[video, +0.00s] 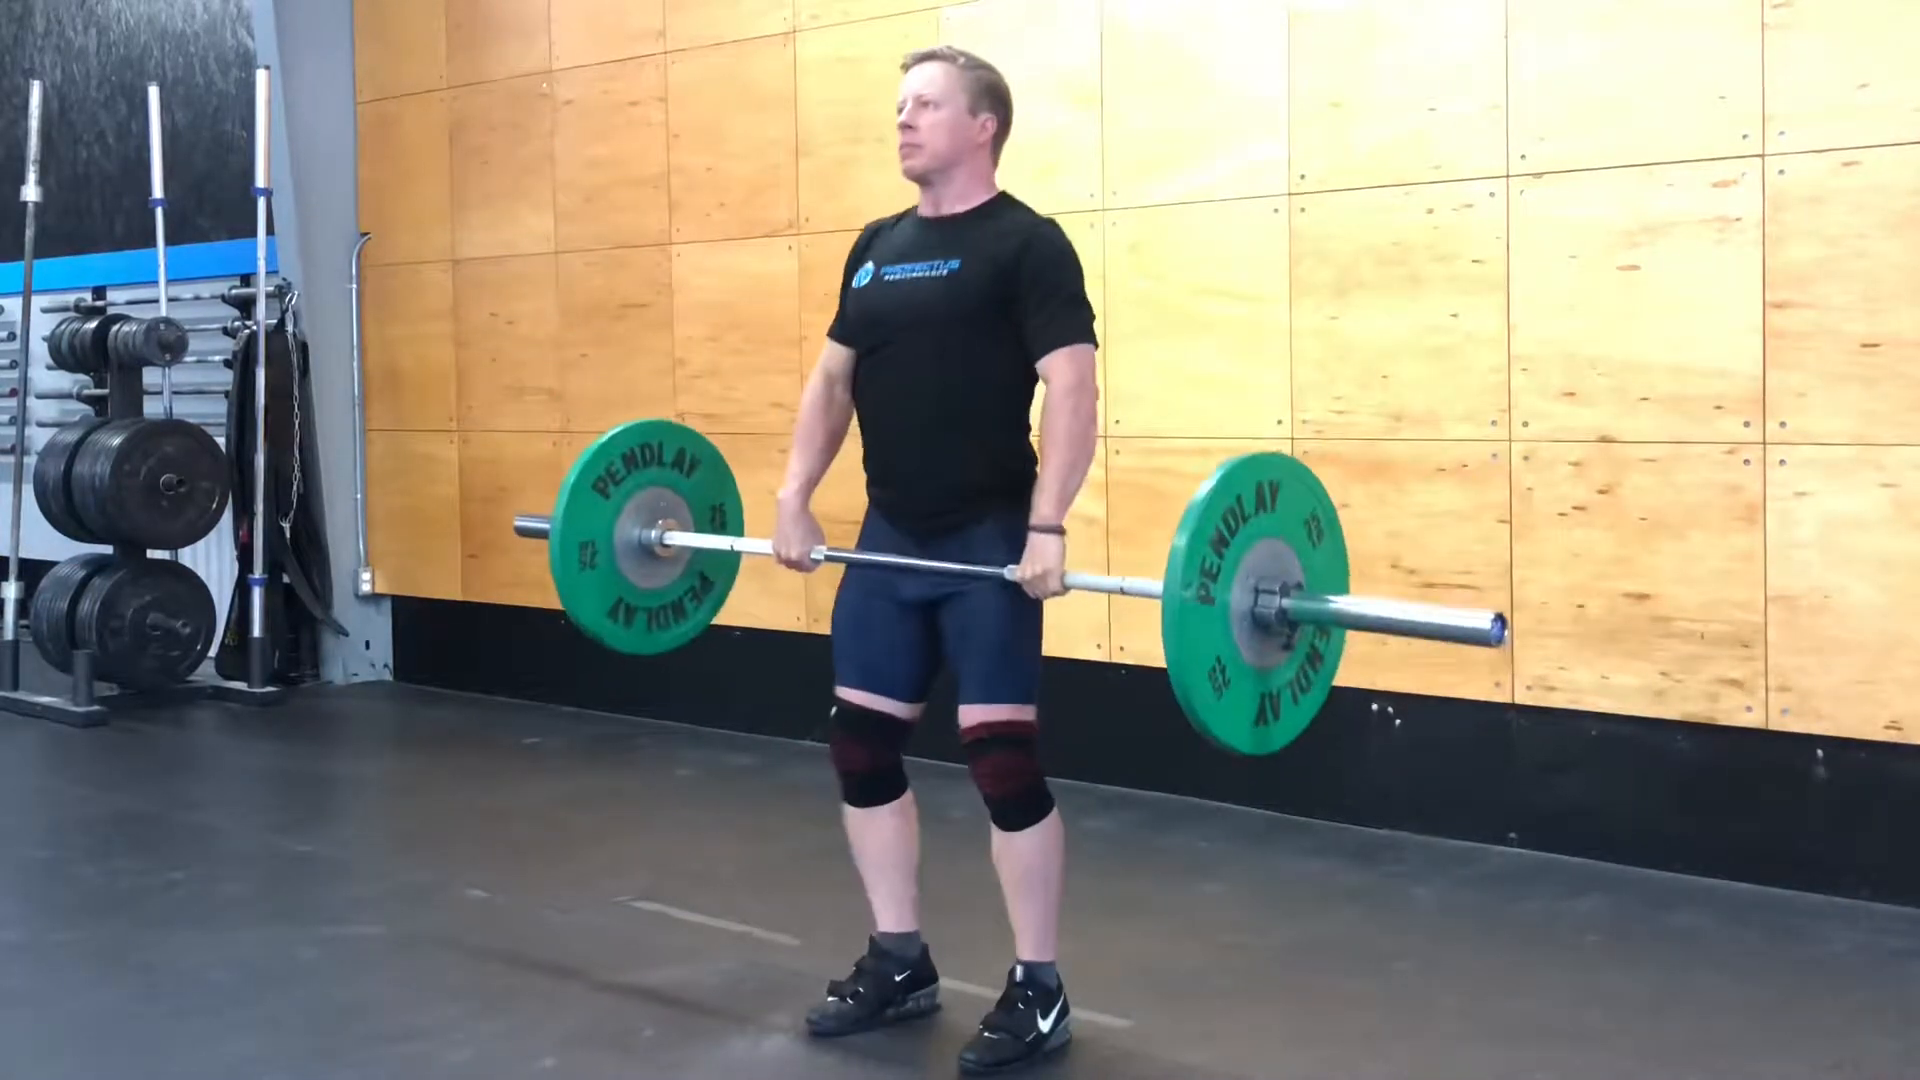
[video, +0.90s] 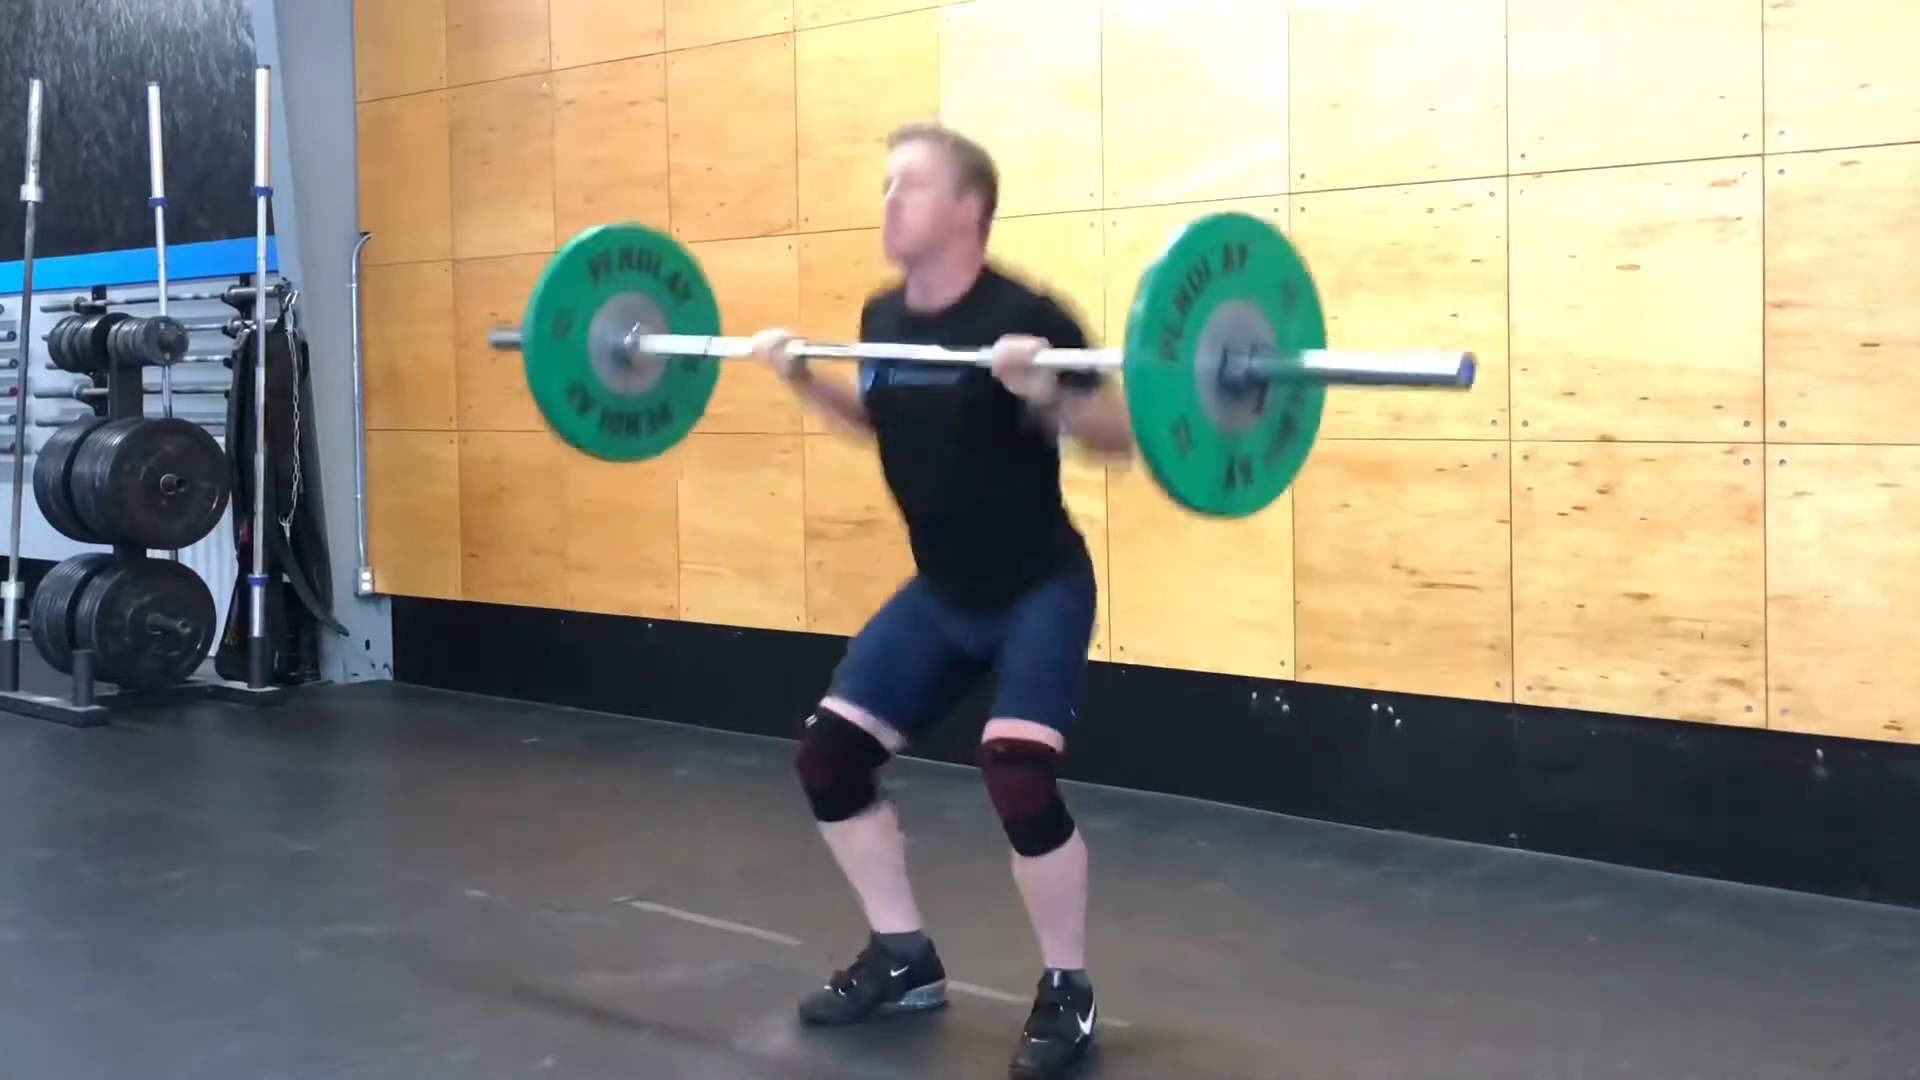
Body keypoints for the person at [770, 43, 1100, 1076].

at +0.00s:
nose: (901, 122)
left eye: (922, 109)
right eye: (901, 109)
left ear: (984, 127)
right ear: (908, 130)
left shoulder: (1031, 246)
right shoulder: (877, 246)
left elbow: (1073, 390)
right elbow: (833, 379)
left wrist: (1046, 523)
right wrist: (794, 495)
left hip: (992, 539)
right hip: (888, 533)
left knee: (1003, 764)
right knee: (862, 746)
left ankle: (1037, 989)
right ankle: (898, 962)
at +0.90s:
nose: (883, 206)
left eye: (903, 190)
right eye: (886, 189)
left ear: (965, 210)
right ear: (921, 213)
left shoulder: (1035, 319)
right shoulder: (882, 319)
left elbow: (1115, 438)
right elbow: (879, 426)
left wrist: (1050, 394)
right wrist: (802, 381)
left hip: (1042, 585)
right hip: (942, 589)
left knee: (1017, 767)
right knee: (831, 756)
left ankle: (1065, 990)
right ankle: (904, 957)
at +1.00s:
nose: (896, 257)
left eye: (917, 244)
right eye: (895, 243)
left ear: (978, 265)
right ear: (898, 265)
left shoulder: (1019, 393)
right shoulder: (871, 399)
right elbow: (772, 504)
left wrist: (1008, 399)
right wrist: (764, 383)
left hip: (1050, 629)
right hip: (948, 633)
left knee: (1026, 788)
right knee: (810, 766)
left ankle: (1065, 994)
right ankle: (901, 957)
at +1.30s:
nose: (914, 440)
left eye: (935, 425)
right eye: (911, 425)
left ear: (994, 449)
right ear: (907, 437)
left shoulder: (1024, 567)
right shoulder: (876, 553)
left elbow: (942, 631)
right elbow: (735, 584)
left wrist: (992, 517)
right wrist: (787, 496)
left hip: (1056, 783)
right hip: (947, 783)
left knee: (1050, 818)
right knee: (790, 791)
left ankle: (1068, 994)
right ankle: (900, 957)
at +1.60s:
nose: (908, 386)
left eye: (926, 370)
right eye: (906, 370)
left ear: (986, 387)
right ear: (905, 383)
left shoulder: (1021, 507)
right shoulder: (869, 497)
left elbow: (946, 575)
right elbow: (732, 534)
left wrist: (983, 454)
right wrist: (780, 446)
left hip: (1062, 719)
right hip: (955, 722)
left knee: (1045, 807)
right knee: (797, 783)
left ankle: (1067, 997)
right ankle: (900, 959)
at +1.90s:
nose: (921, 148)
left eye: (943, 133)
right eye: (918, 132)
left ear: (1002, 157)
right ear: (917, 153)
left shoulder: (1033, 281)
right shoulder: (880, 280)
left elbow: (991, 404)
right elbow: (793, 394)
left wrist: (998, 273)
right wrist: (775, 274)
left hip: (1026, 546)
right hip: (928, 548)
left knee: (1022, 759)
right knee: (856, 744)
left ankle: (1067, 988)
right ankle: (906, 956)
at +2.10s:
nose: (928, 117)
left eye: (951, 103)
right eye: (926, 103)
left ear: (1008, 125)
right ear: (931, 123)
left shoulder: (1041, 241)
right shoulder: (895, 243)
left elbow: (1062, 381)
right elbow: (820, 361)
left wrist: (1045, 255)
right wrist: (787, 245)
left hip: (1013, 527)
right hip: (913, 528)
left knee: (1022, 754)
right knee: (899, 744)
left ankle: (1061, 986)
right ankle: (913, 958)